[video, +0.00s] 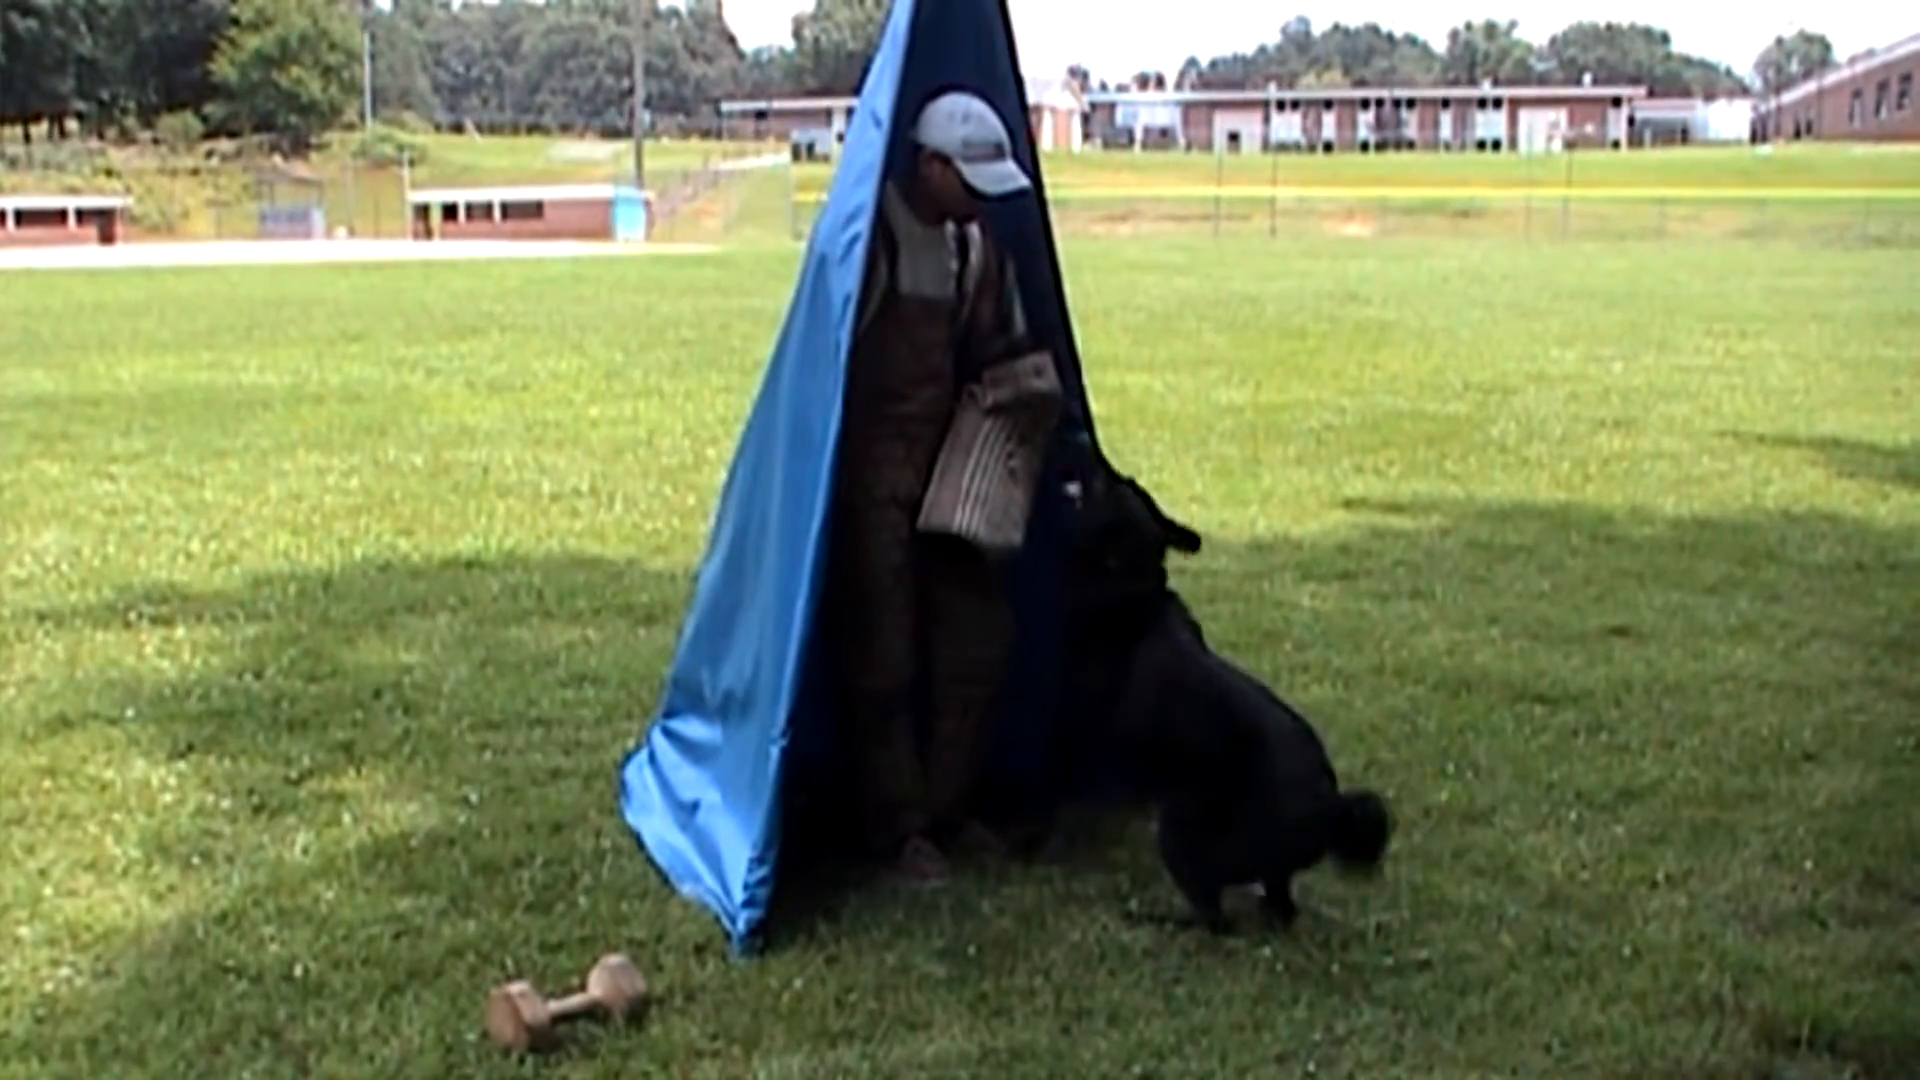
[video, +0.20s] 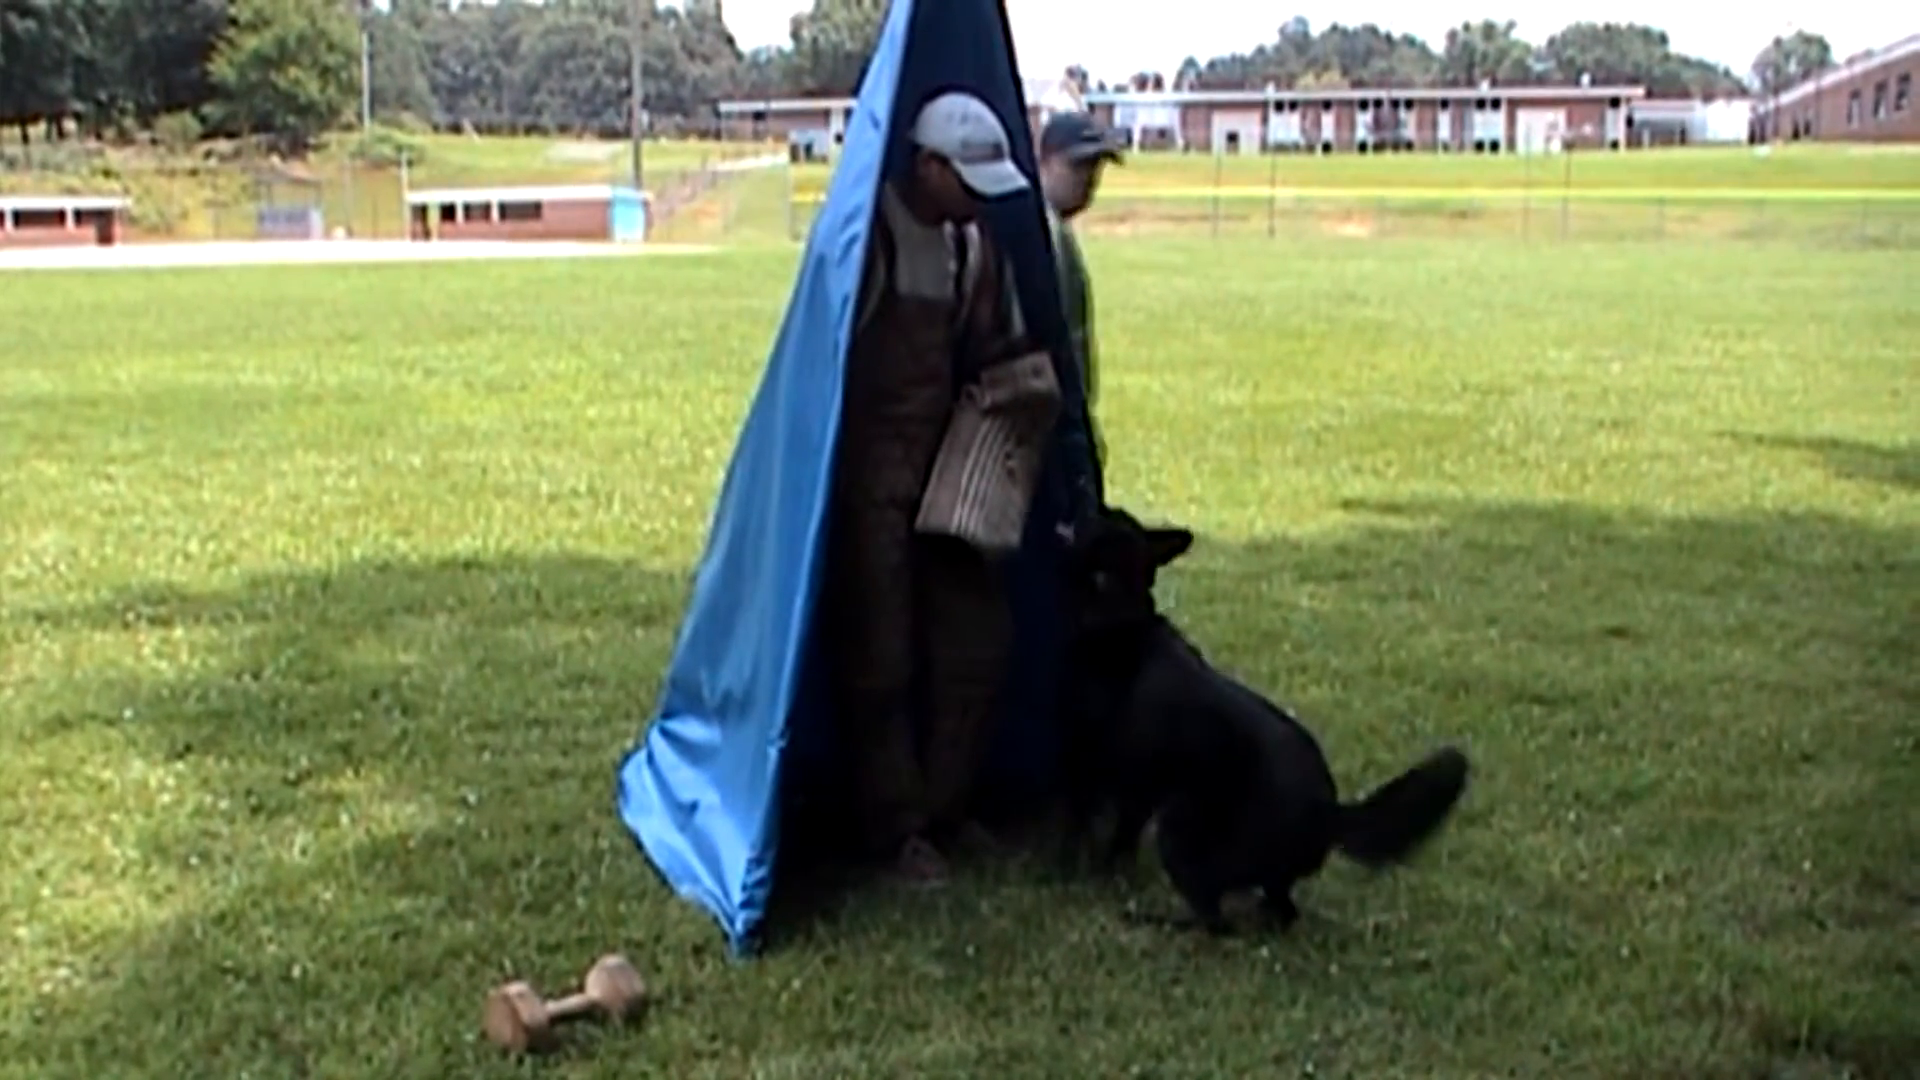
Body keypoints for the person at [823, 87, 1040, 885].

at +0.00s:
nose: (977, 199)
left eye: (984, 185)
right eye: (968, 182)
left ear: (980, 174)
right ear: (925, 164)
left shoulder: (981, 251)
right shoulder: (862, 245)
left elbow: (1007, 362)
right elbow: (821, 367)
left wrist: (1026, 384)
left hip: (960, 482)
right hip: (872, 483)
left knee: (970, 643)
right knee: (886, 656)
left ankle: (952, 811)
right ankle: (898, 831)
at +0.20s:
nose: (975, 200)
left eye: (982, 185)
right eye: (965, 182)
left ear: (978, 174)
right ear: (922, 164)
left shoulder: (978, 248)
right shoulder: (860, 242)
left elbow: (1003, 360)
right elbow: (821, 367)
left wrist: (1026, 381)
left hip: (958, 483)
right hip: (871, 484)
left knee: (967, 645)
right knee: (883, 657)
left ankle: (949, 813)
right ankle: (894, 831)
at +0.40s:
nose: (976, 200)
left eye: (983, 186)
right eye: (966, 183)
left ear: (977, 174)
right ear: (923, 164)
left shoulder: (979, 248)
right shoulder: (859, 242)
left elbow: (1003, 359)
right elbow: (821, 366)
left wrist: (1024, 381)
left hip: (957, 485)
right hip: (870, 486)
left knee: (967, 647)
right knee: (883, 659)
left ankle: (947, 811)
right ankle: (894, 830)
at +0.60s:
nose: (976, 201)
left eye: (983, 187)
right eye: (967, 184)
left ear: (976, 176)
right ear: (923, 164)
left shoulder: (978, 250)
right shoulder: (859, 242)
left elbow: (1003, 360)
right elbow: (821, 366)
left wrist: (1024, 382)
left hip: (956, 485)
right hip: (869, 486)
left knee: (968, 647)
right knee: (883, 659)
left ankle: (948, 811)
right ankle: (893, 829)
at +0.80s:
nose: (977, 201)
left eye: (984, 187)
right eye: (967, 184)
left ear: (977, 175)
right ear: (924, 165)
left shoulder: (978, 249)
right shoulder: (861, 241)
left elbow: (996, 359)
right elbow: (821, 365)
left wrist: (1026, 377)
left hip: (958, 479)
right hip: (871, 481)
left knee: (967, 642)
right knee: (884, 654)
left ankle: (949, 813)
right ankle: (895, 830)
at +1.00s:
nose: (975, 201)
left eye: (982, 186)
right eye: (966, 183)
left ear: (975, 175)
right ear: (924, 164)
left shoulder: (978, 249)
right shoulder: (861, 242)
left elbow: (998, 359)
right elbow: (820, 364)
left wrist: (1025, 377)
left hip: (958, 475)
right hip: (871, 477)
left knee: (967, 639)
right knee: (884, 652)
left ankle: (950, 810)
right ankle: (895, 828)